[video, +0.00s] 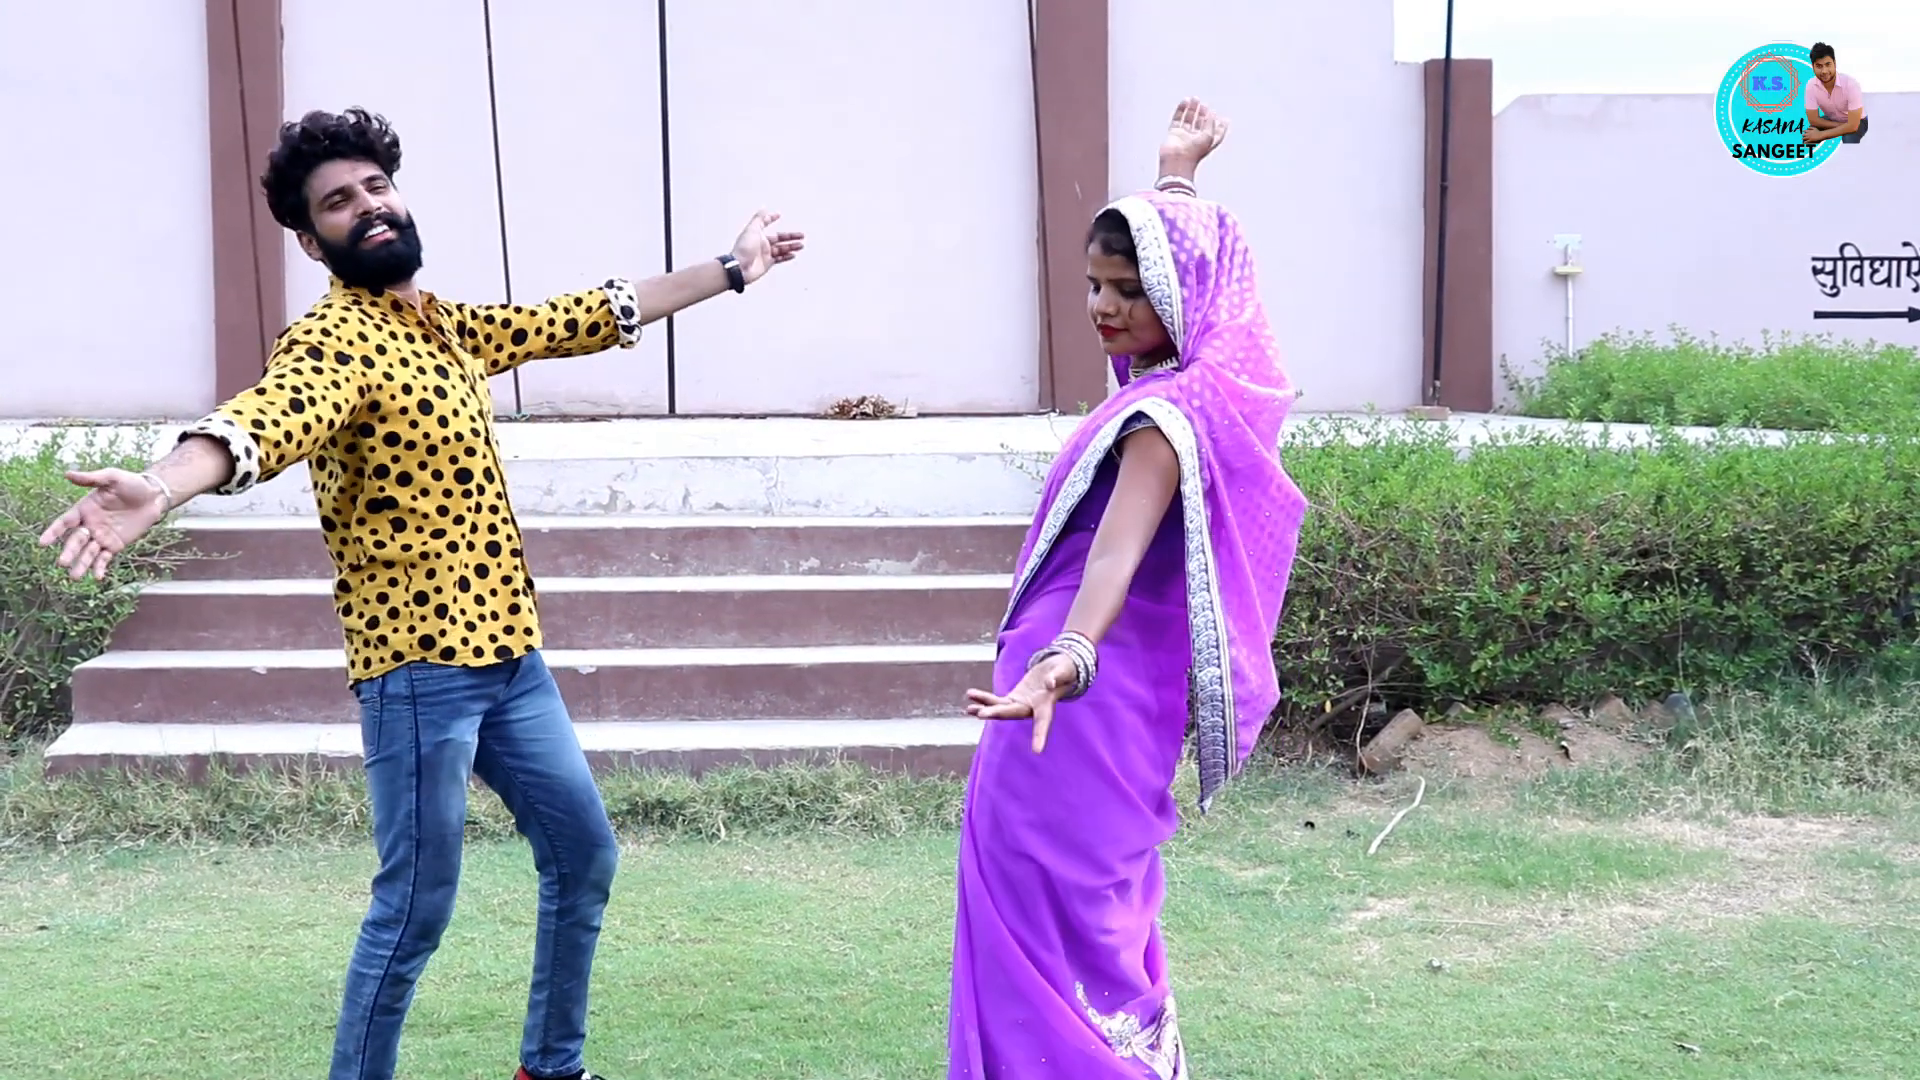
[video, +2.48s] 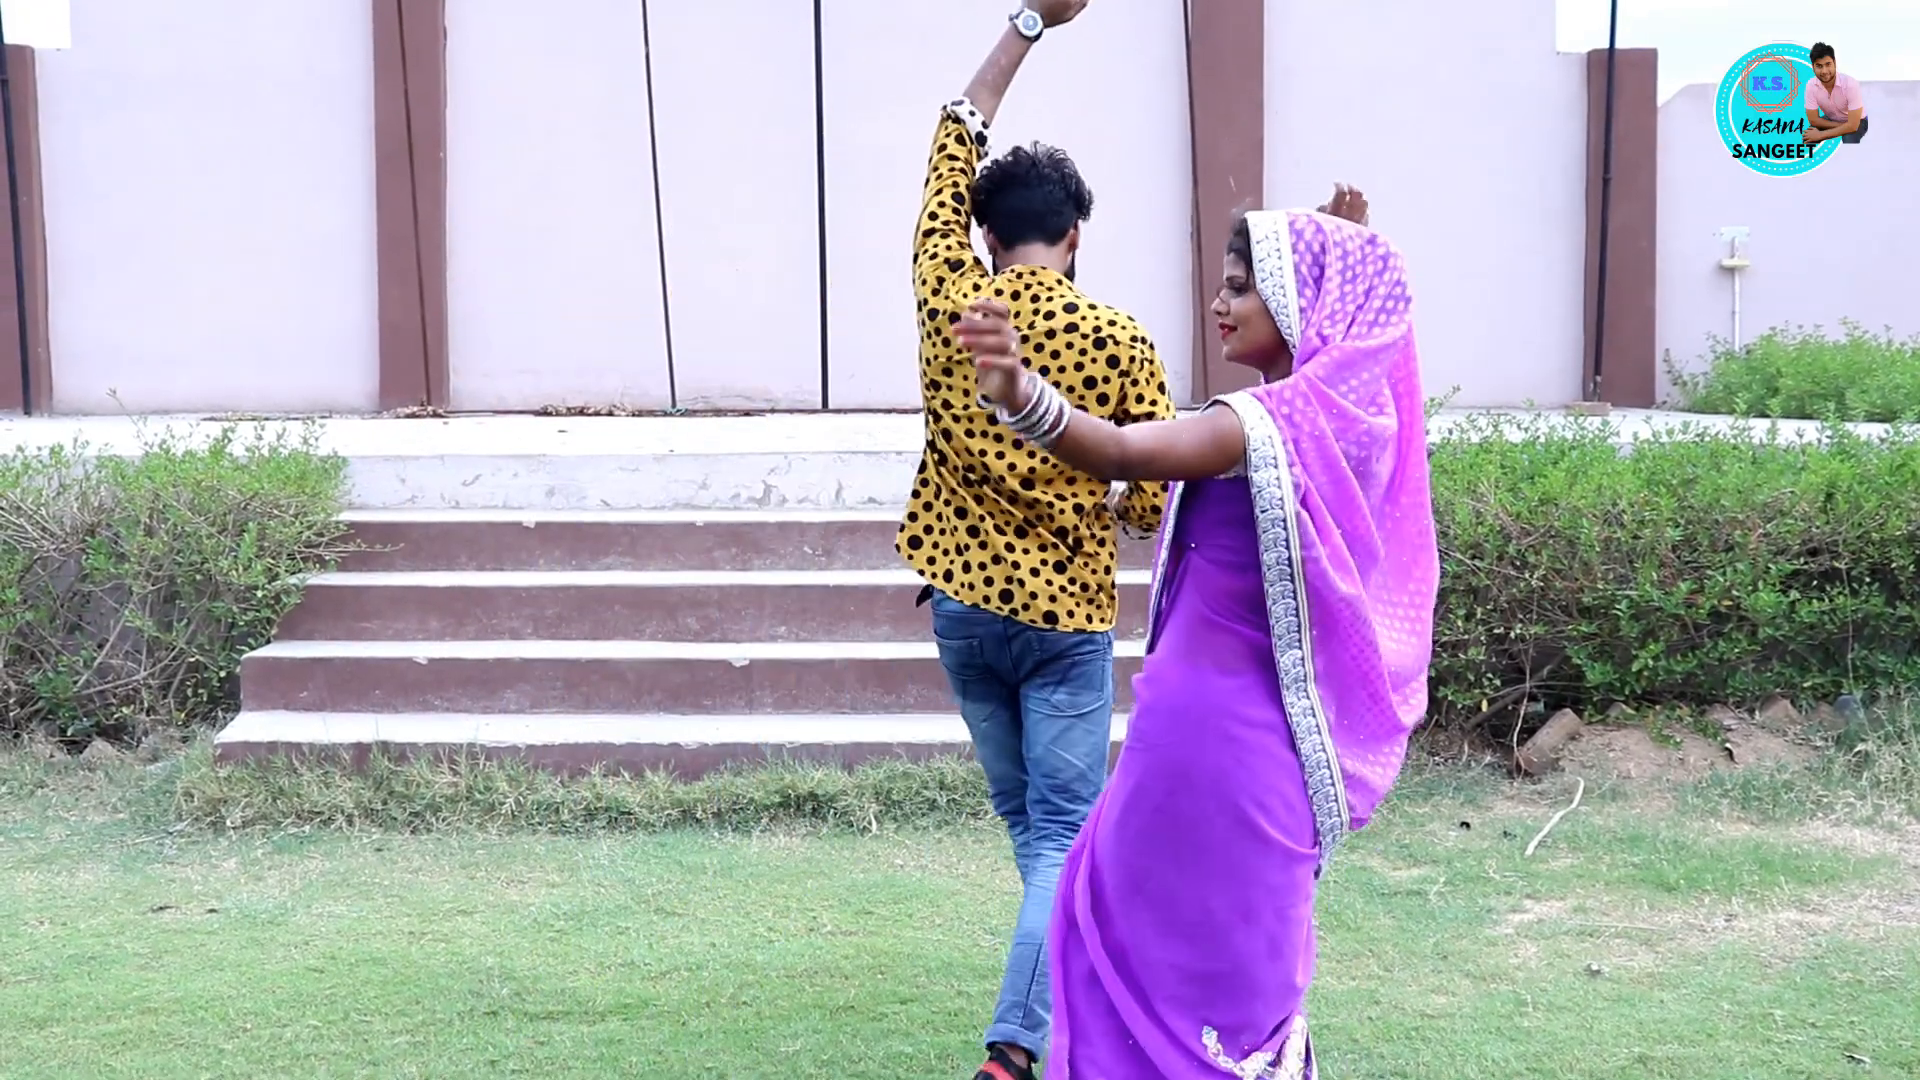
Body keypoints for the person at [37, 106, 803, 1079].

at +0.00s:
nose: (371, 207)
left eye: (378, 184)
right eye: (340, 202)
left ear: (403, 195)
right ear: (310, 236)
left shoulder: (449, 325)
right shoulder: (331, 342)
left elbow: (581, 318)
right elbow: (257, 420)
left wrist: (728, 269)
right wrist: (165, 485)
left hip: (510, 659)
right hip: (414, 673)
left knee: (584, 850)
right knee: (413, 907)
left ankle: (554, 1064)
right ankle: (357, 1073)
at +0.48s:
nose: (430, 194)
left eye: (425, 174)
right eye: (397, 191)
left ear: (437, 174)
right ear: (350, 234)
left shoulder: (484, 299)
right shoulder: (365, 340)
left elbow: (609, 276)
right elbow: (293, 437)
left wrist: (731, 211)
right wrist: (204, 507)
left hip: (521, 653)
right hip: (428, 668)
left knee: (612, 837)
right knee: (437, 904)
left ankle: (591, 1059)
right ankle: (387, 1073)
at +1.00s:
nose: (621, 212)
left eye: (615, 194)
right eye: (604, 198)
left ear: (555, 218)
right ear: (546, 220)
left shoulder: (602, 297)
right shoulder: (495, 349)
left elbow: (696, 258)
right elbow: (444, 501)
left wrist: (803, 208)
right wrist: (457, 567)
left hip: (629, 648)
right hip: (550, 660)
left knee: (701, 833)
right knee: (554, 893)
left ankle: (676, 1059)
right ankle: (495, 1071)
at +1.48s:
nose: (777, 245)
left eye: (775, 228)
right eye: (773, 230)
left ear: (687, 236)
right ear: (743, 247)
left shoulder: (650, 296)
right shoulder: (711, 400)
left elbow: (684, 192)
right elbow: (748, 587)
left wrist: (771, 101)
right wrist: (847, 659)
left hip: (677, 629)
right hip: (688, 650)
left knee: (761, 833)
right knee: (646, 883)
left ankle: (707, 1065)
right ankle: (530, 1068)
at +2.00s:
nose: (974, 237)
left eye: (972, 217)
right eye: (974, 221)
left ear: (876, 201)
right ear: (950, 228)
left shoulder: (811, 269)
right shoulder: (924, 352)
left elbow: (877, 115)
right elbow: (938, 508)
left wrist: (940, 7)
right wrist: (958, 587)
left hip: (806, 608)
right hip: (904, 625)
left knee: (798, 847)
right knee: (970, 850)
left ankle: (716, 1060)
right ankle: (996, 1066)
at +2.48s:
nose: (1080, 235)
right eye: (1080, 221)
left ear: (985, 227)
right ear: (1076, 230)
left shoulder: (948, 294)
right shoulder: (1115, 340)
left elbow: (956, 143)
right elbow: (1154, 493)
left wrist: (1029, 25)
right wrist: (1134, 503)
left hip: (958, 598)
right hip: (1064, 607)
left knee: (1026, 821)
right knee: (1062, 829)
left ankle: (1097, 1022)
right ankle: (1015, 1040)